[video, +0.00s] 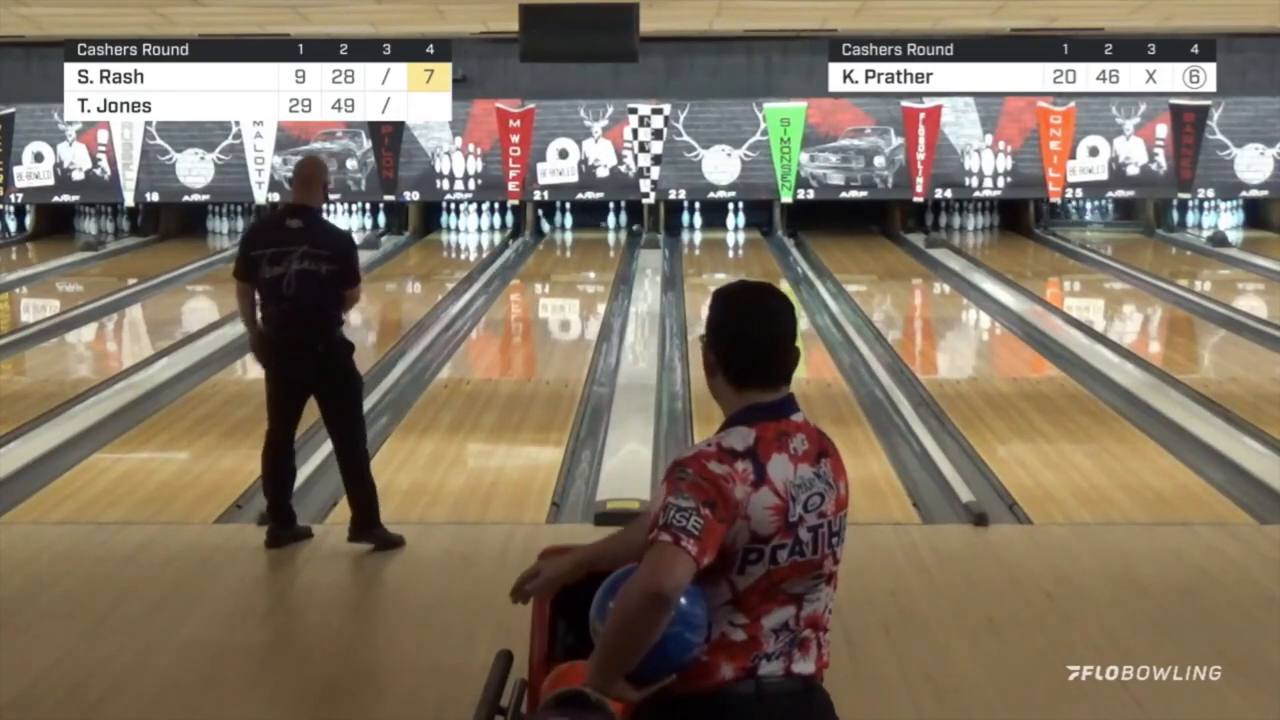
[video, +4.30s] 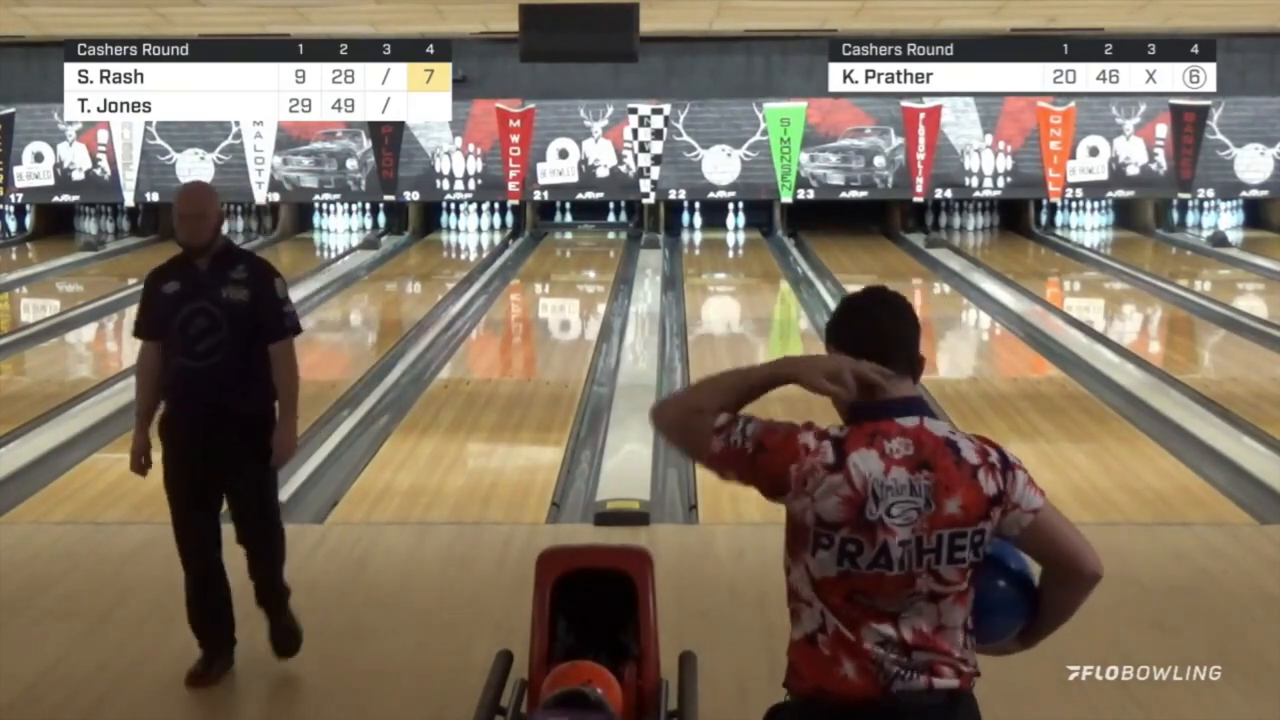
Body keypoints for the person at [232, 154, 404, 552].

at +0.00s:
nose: (326, 191)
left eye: (319, 183)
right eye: (326, 185)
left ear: (291, 184)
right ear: (323, 188)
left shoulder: (260, 229)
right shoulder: (337, 240)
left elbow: (244, 286)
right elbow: (351, 296)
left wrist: (254, 332)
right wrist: (319, 310)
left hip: (278, 347)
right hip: (328, 350)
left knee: (279, 436)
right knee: (350, 438)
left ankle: (281, 525)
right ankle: (366, 523)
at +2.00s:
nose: (314, 203)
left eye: (314, 196)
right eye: (311, 196)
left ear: (279, 195)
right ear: (298, 196)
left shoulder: (239, 234)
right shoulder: (313, 235)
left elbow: (229, 299)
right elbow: (328, 297)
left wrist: (236, 345)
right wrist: (337, 344)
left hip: (253, 348)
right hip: (299, 349)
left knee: (264, 437)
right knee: (307, 441)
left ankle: (279, 526)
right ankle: (320, 528)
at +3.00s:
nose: (318, 212)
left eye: (319, 204)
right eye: (314, 203)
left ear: (292, 201)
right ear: (295, 202)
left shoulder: (286, 246)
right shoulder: (268, 251)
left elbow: (291, 320)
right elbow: (265, 331)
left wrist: (310, 374)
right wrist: (289, 389)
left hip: (297, 370)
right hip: (267, 376)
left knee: (318, 448)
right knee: (282, 461)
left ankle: (318, 537)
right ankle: (282, 557)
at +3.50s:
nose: (304, 218)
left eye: (310, 209)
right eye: (297, 209)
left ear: (315, 213)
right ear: (276, 211)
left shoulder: (328, 267)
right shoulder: (241, 267)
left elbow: (348, 330)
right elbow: (224, 332)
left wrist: (368, 383)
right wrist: (235, 387)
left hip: (313, 395)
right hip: (258, 397)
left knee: (315, 492)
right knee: (269, 489)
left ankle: (316, 594)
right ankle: (285, 560)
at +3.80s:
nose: (265, 215)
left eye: (275, 207)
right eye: (259, 205)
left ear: (294, 210)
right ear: (249, 206)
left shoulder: (321, 263)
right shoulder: (228, 264)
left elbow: (351, 326)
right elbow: (200, 327)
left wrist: (362, 382)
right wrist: (172, 386)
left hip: (305, 403)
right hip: (246, 403)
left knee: (311, 506)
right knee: (240, 508)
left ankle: (313, 604)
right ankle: (263, 602)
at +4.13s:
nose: (210, 226)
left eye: (219, 217)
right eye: (202, 218)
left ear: (240, 216)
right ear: (193, 220)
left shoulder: (274, 273)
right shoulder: (184, 281)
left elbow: (302, 343)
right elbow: (178, 349)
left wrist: (296, 402)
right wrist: (161, 410)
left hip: (265, 420)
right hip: (204, 422)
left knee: (285, 518)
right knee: (207, 538)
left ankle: (306, 593)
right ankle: (215, 645)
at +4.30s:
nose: (191, 227)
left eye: (200, 218)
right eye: (183, 218)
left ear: (220, 216)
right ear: (173, 220)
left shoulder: (257, 275)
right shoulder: (161, 281)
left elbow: (282, 353)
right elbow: (151, 358)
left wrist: (287, 423)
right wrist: (141, 428)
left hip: (247, 428)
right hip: (185, 431)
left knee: (261, 534)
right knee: (197, 548)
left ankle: (275, 605)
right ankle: (215, 648)